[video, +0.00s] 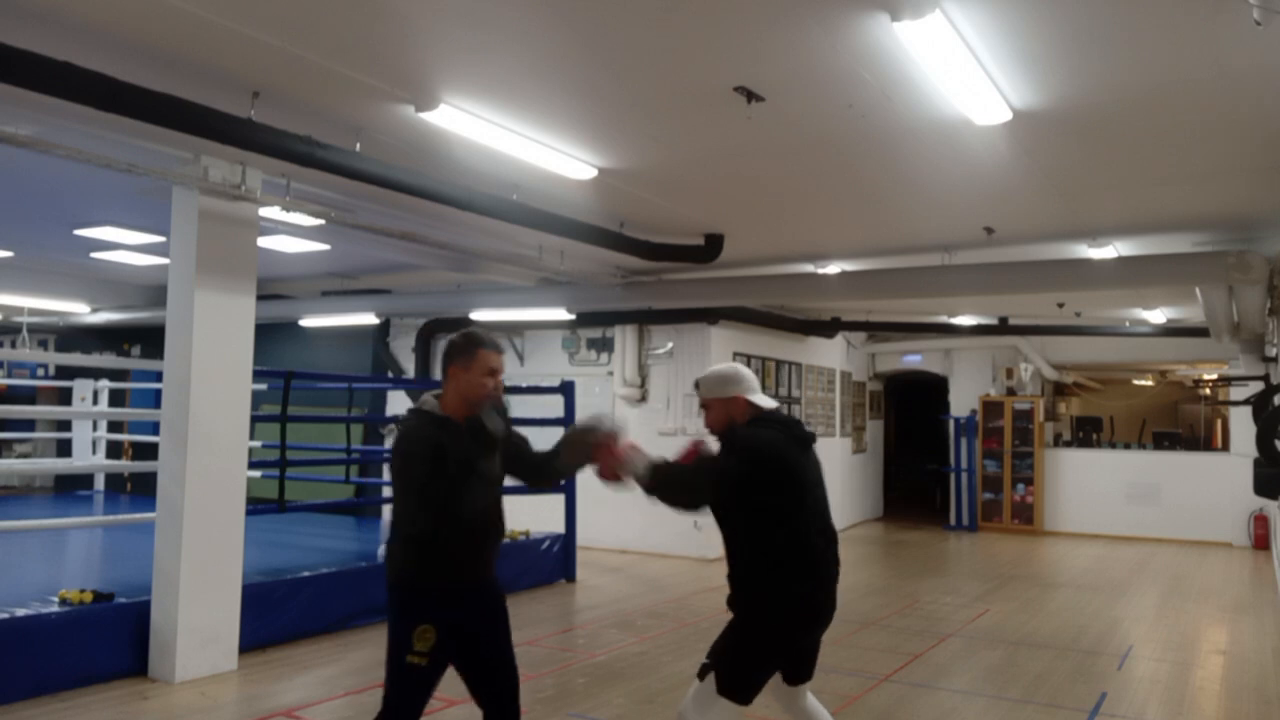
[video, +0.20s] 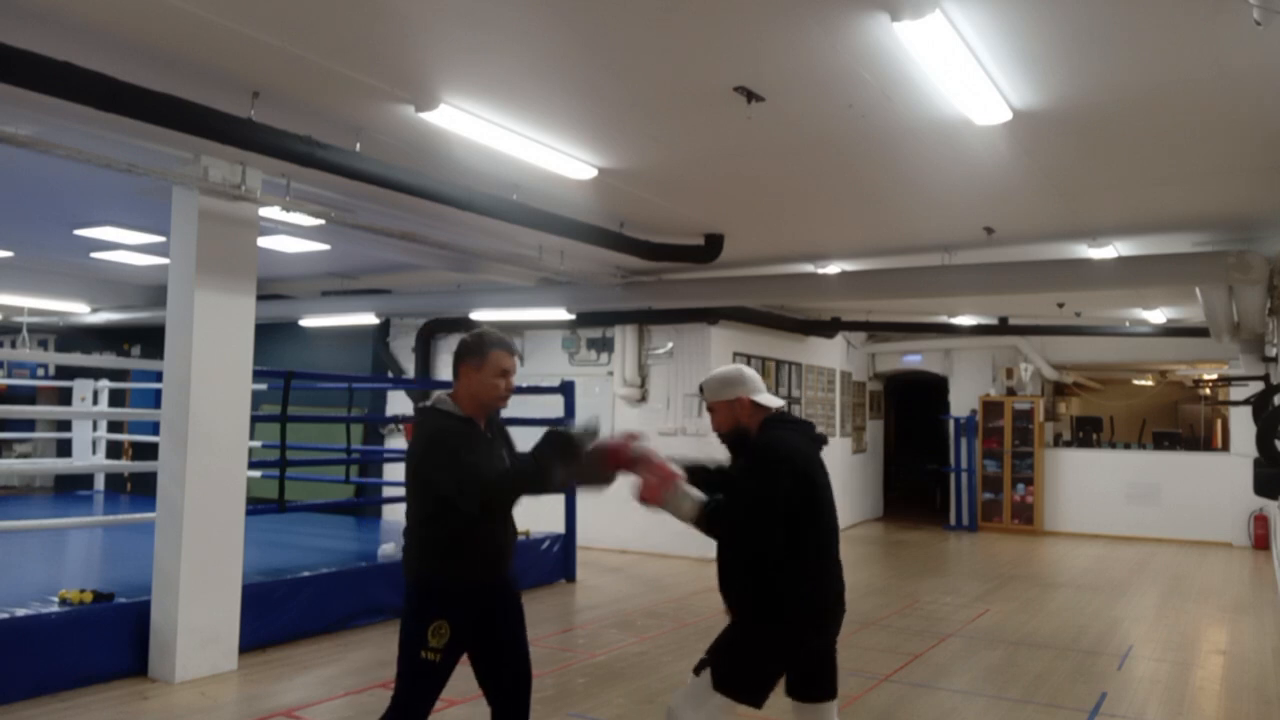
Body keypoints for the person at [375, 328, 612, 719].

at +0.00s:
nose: (499, 387)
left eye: (500, 376)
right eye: (490, 375)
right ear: (456, 374)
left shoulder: (489, 425)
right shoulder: (418, 431)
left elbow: (539, 471)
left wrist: (585, 444)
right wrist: (483, 432)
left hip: (475, 586)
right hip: (422, 590)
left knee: (503, 704)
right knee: (401, 708)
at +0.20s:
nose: (510, 387)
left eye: (513, 377)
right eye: (501, 375)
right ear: (467, 373)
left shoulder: (492, 431)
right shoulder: (436, 430)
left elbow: (517, 479)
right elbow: (483, 494)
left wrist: (586, 464)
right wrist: (547, 457)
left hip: (491, 587)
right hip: (439, 590)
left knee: (513, 698)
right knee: (411, 705)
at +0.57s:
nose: (525, 383)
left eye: (526, 374)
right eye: (516, 373)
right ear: (481, 374)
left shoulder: (516, 431)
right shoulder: (452, 426)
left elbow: (536, 486)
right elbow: (501, 478)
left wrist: (556, 509)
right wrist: (554, 434)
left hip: (508, 582)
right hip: (453, 584)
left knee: (526, 694)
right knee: (417, 699)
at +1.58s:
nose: (498, 382)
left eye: (499, 372)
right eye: (488, 370)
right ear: (450, 369)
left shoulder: (487, 429)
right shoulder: (418, 433)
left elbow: (517, 470)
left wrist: (561, 456)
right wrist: (503, 454)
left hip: (493, 587)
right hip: (436, 593)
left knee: (532, 699)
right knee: (429, 710)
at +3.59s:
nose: (608, 379)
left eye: (609, 370)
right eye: (599, 369)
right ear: (562, 368)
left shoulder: (605, 423)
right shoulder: (519, 432)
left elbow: (656, 442)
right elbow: (505, 511)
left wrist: (718, 449)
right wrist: (575, 492)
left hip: (584, 591)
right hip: (523, 593)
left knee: (601, 706)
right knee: (476, 707)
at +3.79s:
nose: (606, 383)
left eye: (607, 374)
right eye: (597, 372)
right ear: (561, 370)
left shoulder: (602, 421)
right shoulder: (518, 436)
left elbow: (648, 420)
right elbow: (514, 522)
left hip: (582, 587)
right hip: (526, 593)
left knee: (604, 706)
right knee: (488, 708)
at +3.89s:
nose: (594, 384)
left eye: (595, 374)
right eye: (584, 374)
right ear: (549, 375)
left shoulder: (589, 430)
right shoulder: (513, 431)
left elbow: (625, 484)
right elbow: (512, 512)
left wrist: (601, 504)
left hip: (575, 588)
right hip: (518, 593)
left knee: (600, 704)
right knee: (487, 708)